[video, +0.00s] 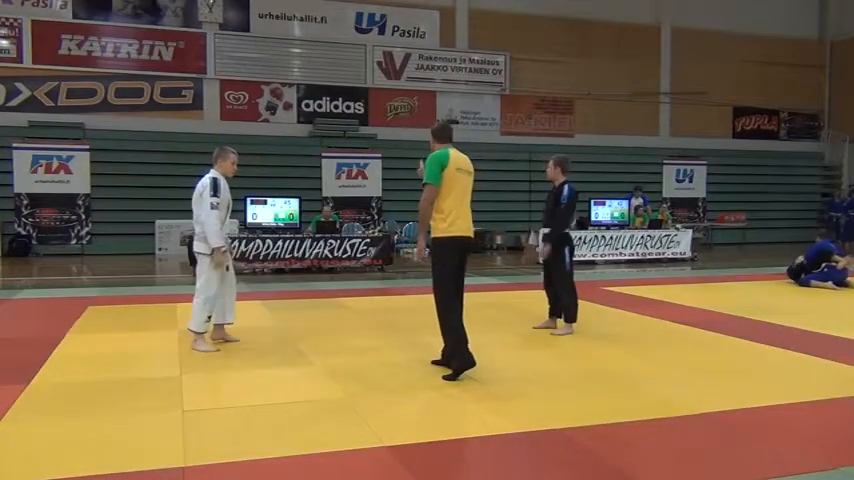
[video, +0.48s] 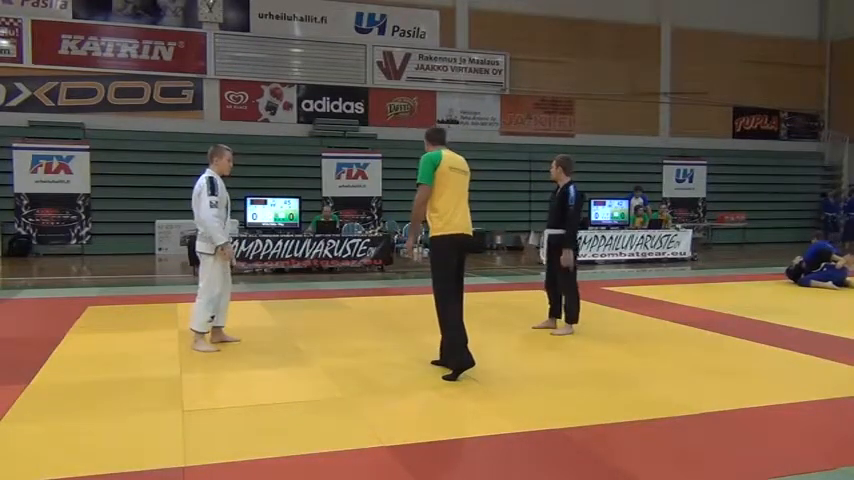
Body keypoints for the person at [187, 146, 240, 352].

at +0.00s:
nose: (235, 168)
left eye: (236, 164)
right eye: (233, 163)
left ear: (222, 162)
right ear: (221, 161)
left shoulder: (218, 182)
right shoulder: (212, 181)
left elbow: (213, 216)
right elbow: (210, 216)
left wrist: (221, 244)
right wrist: (218, 246)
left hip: (219, 245)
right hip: (208, 246)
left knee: (227, 285)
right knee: (207, 289)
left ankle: (219, 329)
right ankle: (198, 337)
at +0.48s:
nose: (231, 165)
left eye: (231, 161)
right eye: (229, 160)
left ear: (217, 161)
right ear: (216, 160)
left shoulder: (216, 182)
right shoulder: (208, 181)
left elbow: (217, 216)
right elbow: (207, 216)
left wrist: (227, 241)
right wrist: (223, 242)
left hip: (219, 245)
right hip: (209, 245)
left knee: (224, 288)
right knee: (210, 289)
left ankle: (217, 331)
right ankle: (199, 338)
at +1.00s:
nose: (232, 164)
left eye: (232, 159)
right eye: (229, 159)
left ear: (217, 160)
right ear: (217, 160)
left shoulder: (216, 182)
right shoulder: (209, 181)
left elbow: (214, 216)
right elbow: (204, 216)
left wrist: (225, 241)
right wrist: (219, 243)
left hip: (220, 245)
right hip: (209, 246)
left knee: (223, 288)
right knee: (208, 290)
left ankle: (217, 331)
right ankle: (198, 337)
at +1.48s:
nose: (235, 163)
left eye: (234, 159)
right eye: (233, 159)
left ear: (221, 160)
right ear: (221, 160)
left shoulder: (220, 181)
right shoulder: (213, 180)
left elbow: (217, 216)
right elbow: (206, 215)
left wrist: (226, 242)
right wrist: (218, 242)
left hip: (220, 245)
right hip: (210, 246)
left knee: (224, 288)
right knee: (210, 289)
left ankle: (218, 331)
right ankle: (199, 338)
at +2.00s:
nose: (270, 174)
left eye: (270, 170)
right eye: (268, 170)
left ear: (256, 170)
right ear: (257, 170)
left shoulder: (250, 189)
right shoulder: (247, 189)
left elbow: (241, 225)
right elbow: (244, 226)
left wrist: (266, 231)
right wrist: (269, 232)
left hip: (245, 252)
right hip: (230, 252)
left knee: (261, 286)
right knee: (223, 293)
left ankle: (271, 334)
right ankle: (200, 338)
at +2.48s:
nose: (319, 176)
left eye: (319, 171)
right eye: (317, 171)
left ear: (304, 170)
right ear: (309, 170)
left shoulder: (301, 190)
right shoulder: (294, 189)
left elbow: (301, 221)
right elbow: (297, 224)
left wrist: (326, 228)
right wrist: (326, 230)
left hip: (281, 249)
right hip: (275, 250)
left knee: (284, 293)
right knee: (289, 293)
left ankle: (275, 335)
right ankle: (299, 345)